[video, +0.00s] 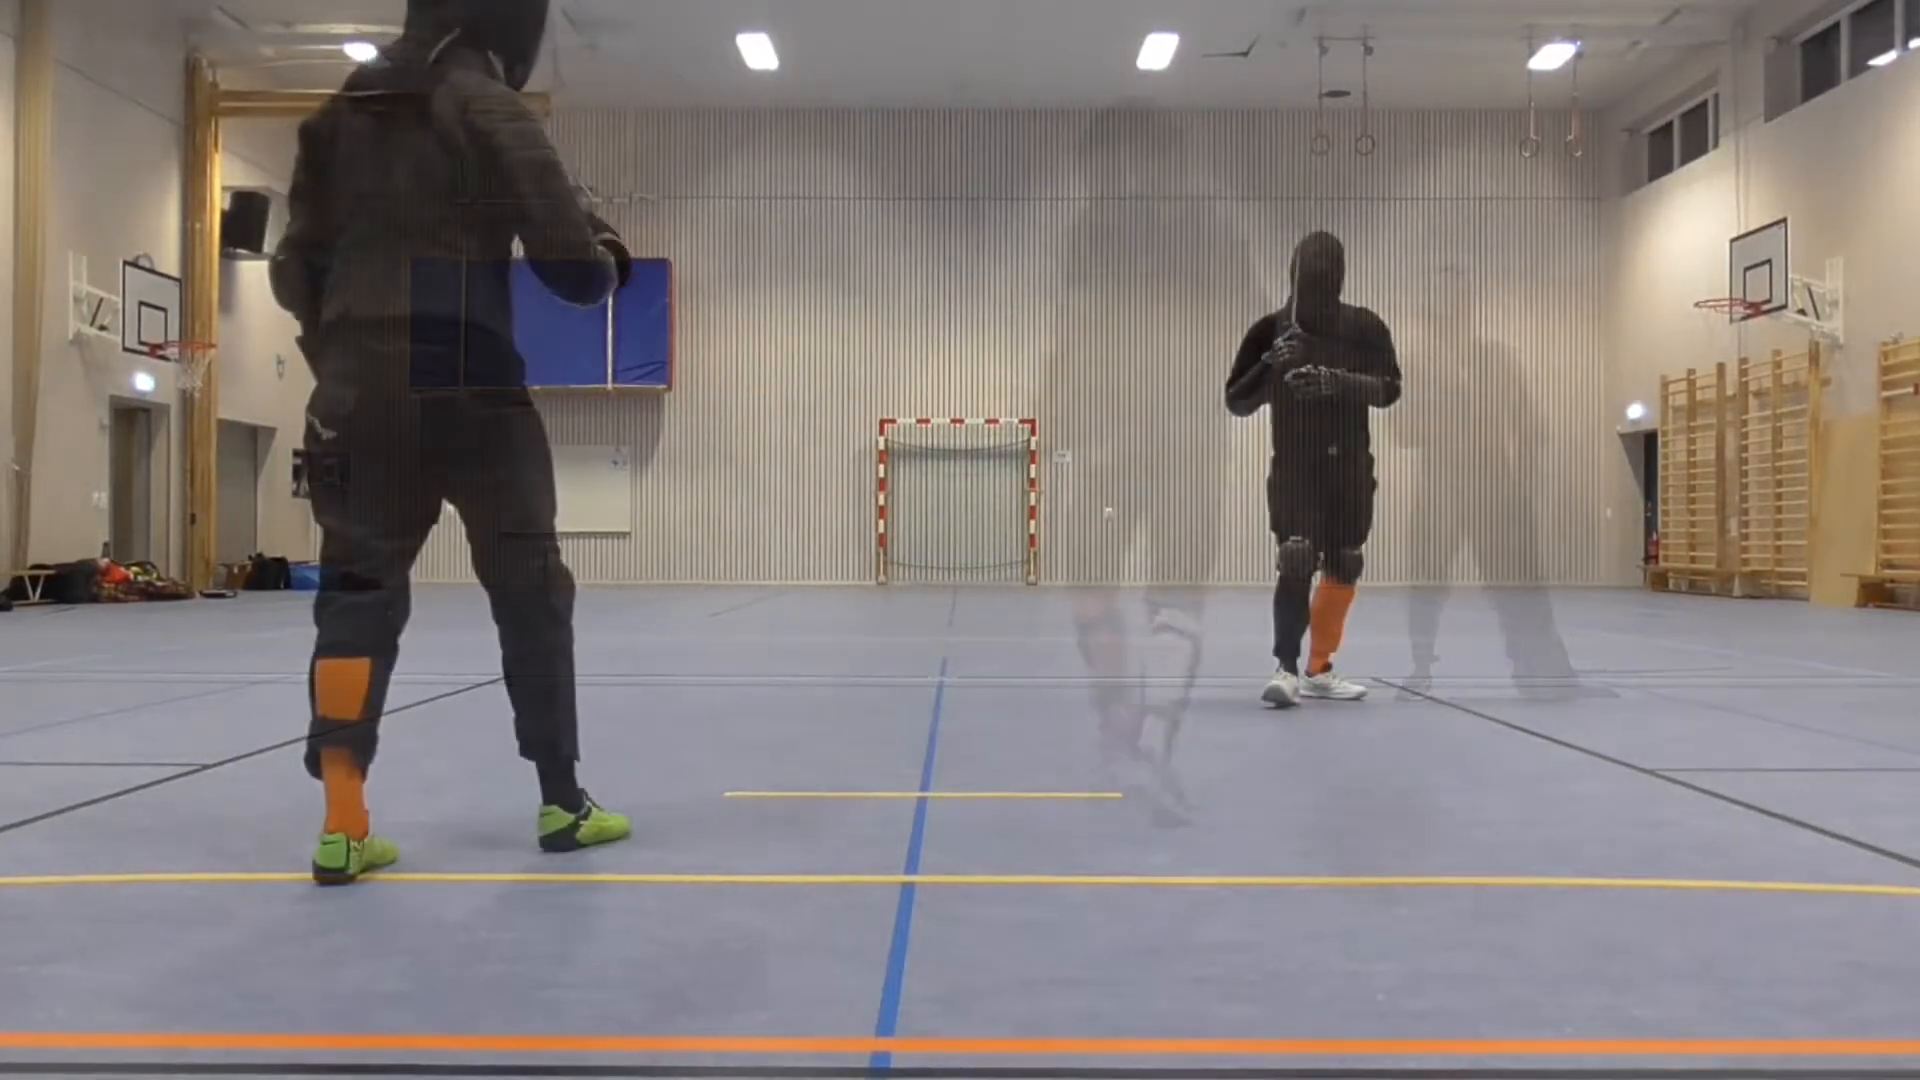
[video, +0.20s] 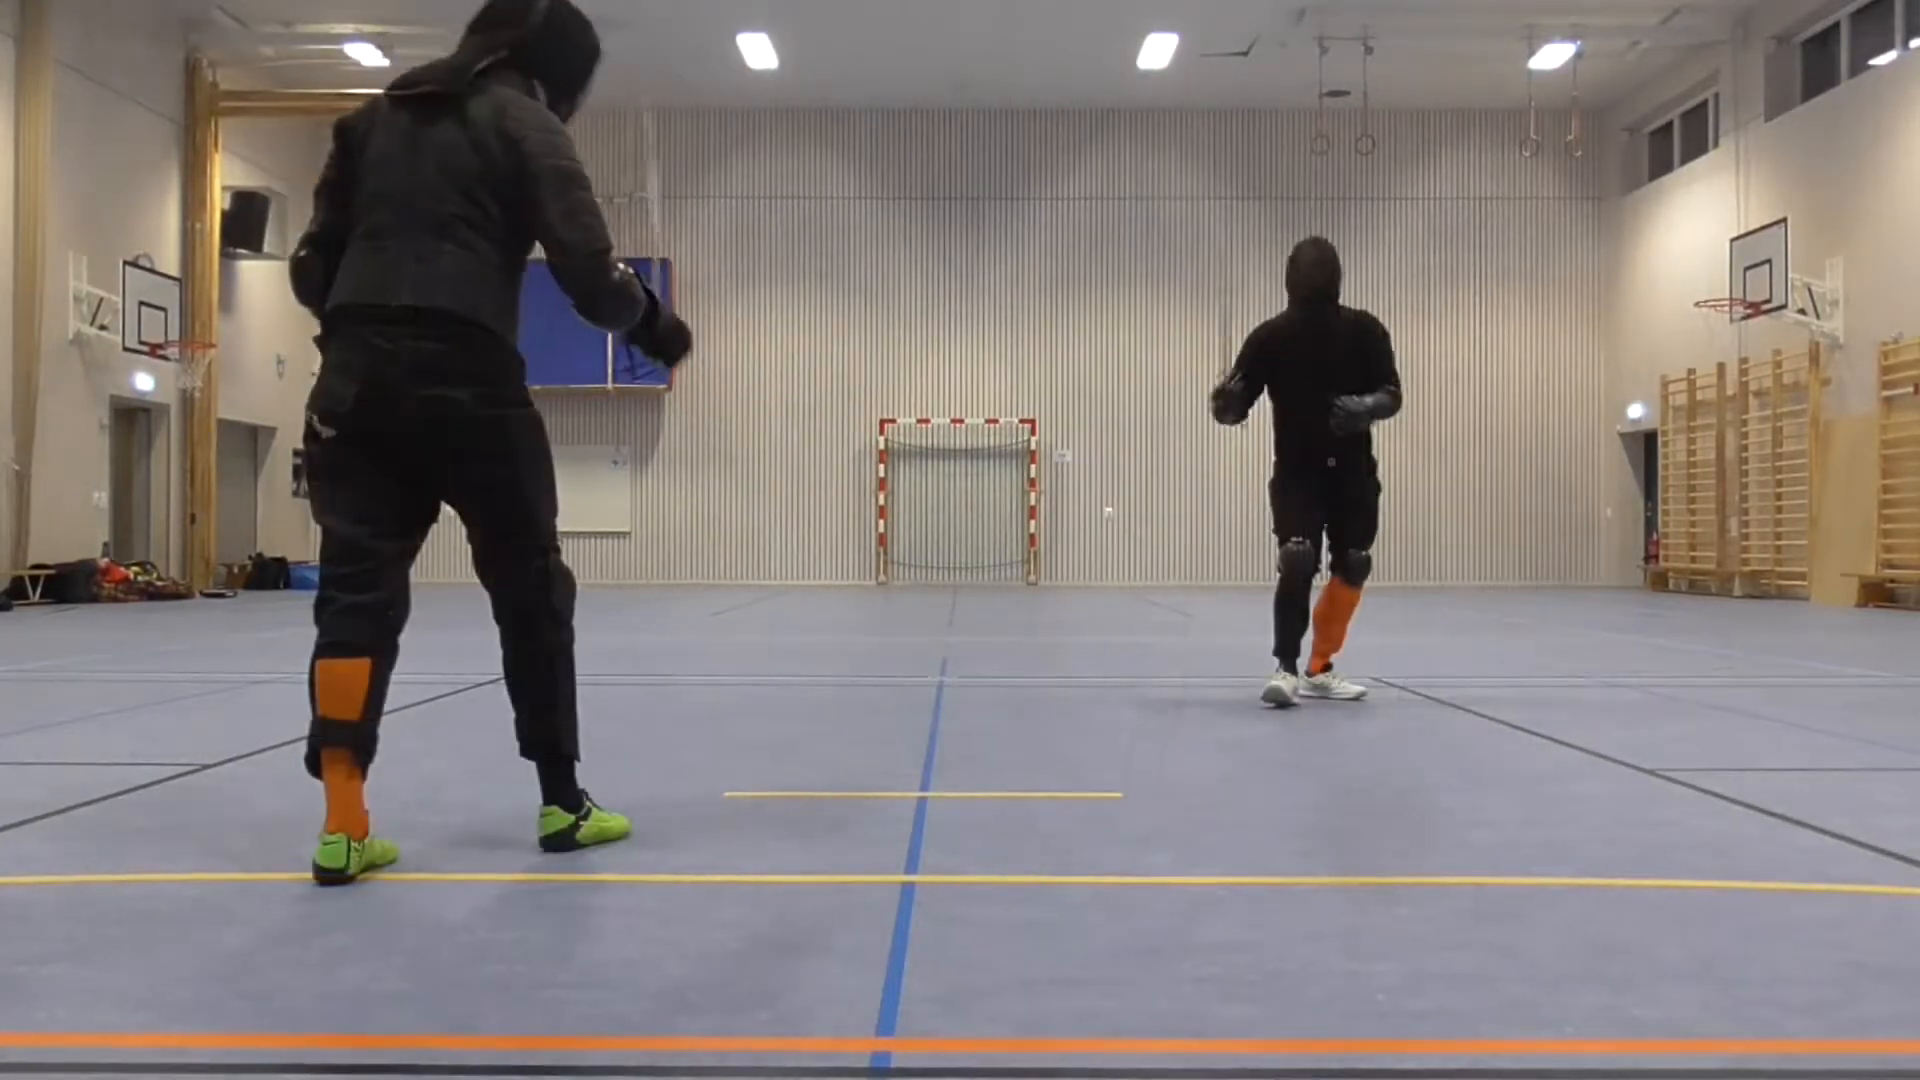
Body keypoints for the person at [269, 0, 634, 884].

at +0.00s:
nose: (534, 58)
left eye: (532, 41)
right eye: (530, 38)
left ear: (420, 21)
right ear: (502, 32)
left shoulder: (337, 119)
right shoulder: (491, 111)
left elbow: (293, 266)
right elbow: (572, 265)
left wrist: (345, 339)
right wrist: (603, 254)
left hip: (359, 396)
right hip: (476, 394)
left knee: (356, 596)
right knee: (530, 589)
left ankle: (344, 827)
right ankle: (561, 802)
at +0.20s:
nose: (568, 110)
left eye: (574, 96)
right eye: (568, 93)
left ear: (491, 45)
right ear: (545, 70)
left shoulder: (375, 117)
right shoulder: (524, 123)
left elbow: (313, 265)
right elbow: (585, 268)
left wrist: (378, 330)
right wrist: (651, 323)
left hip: (355, 372)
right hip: (468, 375)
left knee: (356, 593)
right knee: (530, 583)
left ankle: (342, 830)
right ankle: (562, 801)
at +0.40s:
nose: (615, 171)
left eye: (622, 158)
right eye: (619, 153)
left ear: (552, 94)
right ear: (596, 125)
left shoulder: (416, 133)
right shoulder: (570, 157)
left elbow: (331, 264)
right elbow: (620, 310)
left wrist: (401, 330)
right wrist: (699, 424)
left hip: (353, 374)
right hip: (467, 378)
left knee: (354, 594)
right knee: (529, 585)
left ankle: (342, 828)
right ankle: (562, 803)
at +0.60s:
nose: (635, 218)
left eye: (644, 209)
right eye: (638, 202)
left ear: (584, 134)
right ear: (626, 172)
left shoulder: (448, 148)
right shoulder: (599, 194)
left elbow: (345, 260)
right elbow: (633, 333)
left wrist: (395, 330)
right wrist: (689, 445)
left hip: (357, 370)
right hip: (471, 382)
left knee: (352, 589)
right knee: (540, 587)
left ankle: (342, 828)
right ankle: (564, 803)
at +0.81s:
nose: (646, 244)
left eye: (653, 235)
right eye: (652, 229)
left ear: (596, 153)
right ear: (640, 198)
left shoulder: (462, 159)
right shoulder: (611, 209)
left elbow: (349, 258)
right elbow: (618, 329)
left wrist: (414, 323)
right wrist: (652, 434)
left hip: (356, 364)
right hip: (473, 380)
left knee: (349, 592)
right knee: (545, 586)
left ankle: (341, 828)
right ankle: (563, 803)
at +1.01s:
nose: (641, 211)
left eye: (649, 200)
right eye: (647, 195)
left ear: (582, 130)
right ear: (628, 170)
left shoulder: (455, 146)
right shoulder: (604, 196)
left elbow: (351, 254)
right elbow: (609, 322)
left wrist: (399, 329)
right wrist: (641, 433)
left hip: (362, 373)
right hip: (476, 383)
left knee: (356, 592)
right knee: (548, 588)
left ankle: (341, 829)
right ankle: (563, 804)